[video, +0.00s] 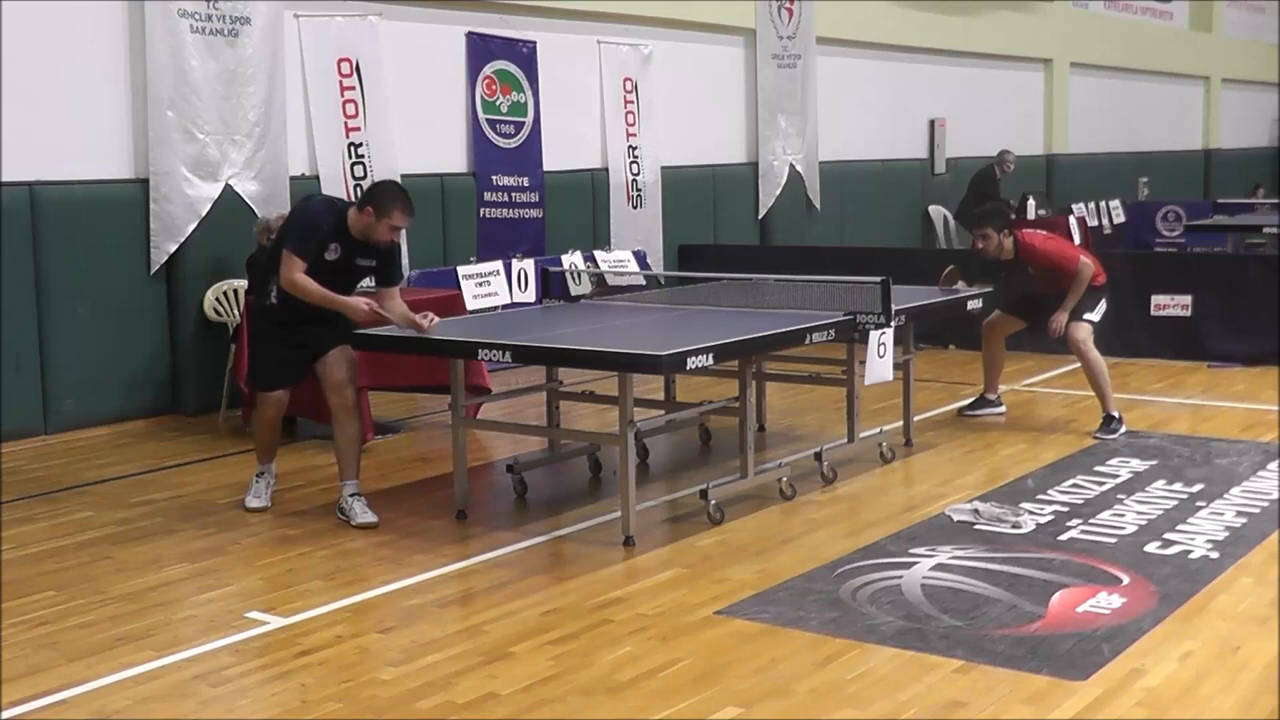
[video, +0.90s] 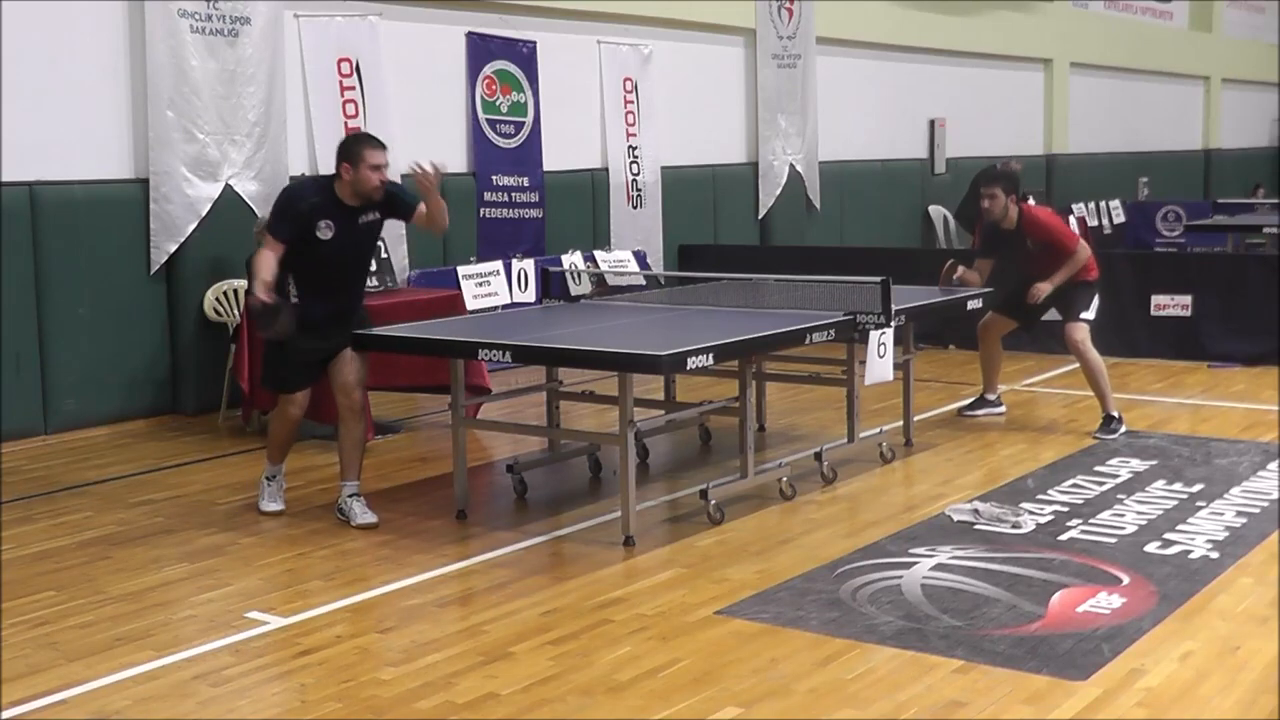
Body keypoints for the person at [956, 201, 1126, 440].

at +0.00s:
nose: (977, 245)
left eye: (984, 238)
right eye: (975, 239)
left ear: (1005, 235)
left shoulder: (1038, 248)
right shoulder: (996, 254)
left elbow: (1086, 268)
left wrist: (1064, 310)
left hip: (1089, 288)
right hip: (1045, 291)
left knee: (1079, 339)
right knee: (992, 327)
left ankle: (1111, 416)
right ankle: (990, 398)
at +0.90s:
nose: (984, 205)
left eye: (991, 198)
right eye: (981, 198)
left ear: (1011, 199)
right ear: (978, 200)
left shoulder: (1039, 220)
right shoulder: (988, 227)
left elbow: (1083, 253)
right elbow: (978, 279)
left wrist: (1050, 284)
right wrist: (962, 273)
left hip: (1078, 280)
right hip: (1037, 282)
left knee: (1076, 339)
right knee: (988, 329)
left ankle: (1111, 415)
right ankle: (990, 398)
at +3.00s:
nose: (1044, 178)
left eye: (1046, 171)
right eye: (1043, 172)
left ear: (1062, 166)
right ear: (1069, 166)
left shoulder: (1062, 192)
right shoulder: (1104, 187)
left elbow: (1033, 238)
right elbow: (1115, 230)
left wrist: (1002, 278)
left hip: (1128, 283)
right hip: (1098, 284)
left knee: (1140, 359)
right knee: (1053, 323)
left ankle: (1209, 402)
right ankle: (1060, 395)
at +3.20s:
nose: (1110, 166)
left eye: (1111, 158)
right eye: (1109, 159)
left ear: (1126, 152)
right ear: (1125, 154)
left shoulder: (1172, 179)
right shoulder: (1127, 184)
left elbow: (1172, 220)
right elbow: (1095, 210)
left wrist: (1123, 215)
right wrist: (1069, 184)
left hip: (1163, 283)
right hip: (1127, 277)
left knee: (1165, 348)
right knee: (1070, 319)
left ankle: (1219, 411)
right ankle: (1081, 388)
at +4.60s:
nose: (956, 179)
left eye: (962, 174)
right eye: (954, 174)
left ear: (976, 175)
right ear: (951, 175)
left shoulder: (994, 201)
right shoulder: (957, 205)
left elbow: (1029, 229)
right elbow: (936, 229)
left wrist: (1013, 256)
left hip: (997, 275)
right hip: (966, 275)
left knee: (977, 306)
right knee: (934, 309)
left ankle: (983, 360)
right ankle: (941, 353)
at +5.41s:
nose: (1121, 224)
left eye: (1127, 218)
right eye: (1116, 217)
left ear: (1135, 220)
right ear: (1106, 217)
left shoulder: (1129, 228)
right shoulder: (1094, 241)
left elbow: (1125, 242)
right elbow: (1100, 294)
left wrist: (1131, 256)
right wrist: (1126, 330)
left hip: (1091, 279)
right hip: (1058, 281)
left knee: (1141, 311)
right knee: (1088, 310)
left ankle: (1122, 369)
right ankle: (1100, 382)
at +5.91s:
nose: (1109, 189)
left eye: (1116, 182)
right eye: (1104, 182)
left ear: (1127, 184)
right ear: (1098, 183)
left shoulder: (1141, 205)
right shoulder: (1087, 206)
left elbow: (1165, 239)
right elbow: (1048, 246)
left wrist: (1187, 278)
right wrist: (1067, 234)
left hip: (1123, 265)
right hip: (1087, 265)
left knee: (1155, 320)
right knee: (1102, 308)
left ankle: (1137, 357)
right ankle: (1103, 381)